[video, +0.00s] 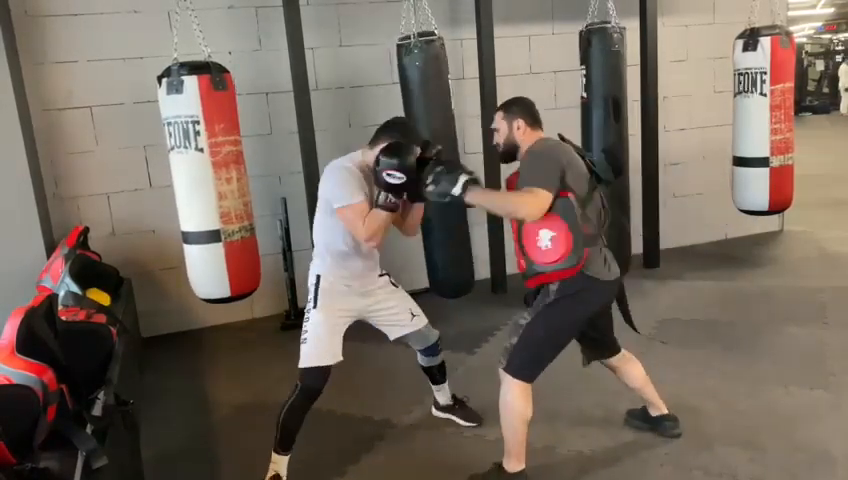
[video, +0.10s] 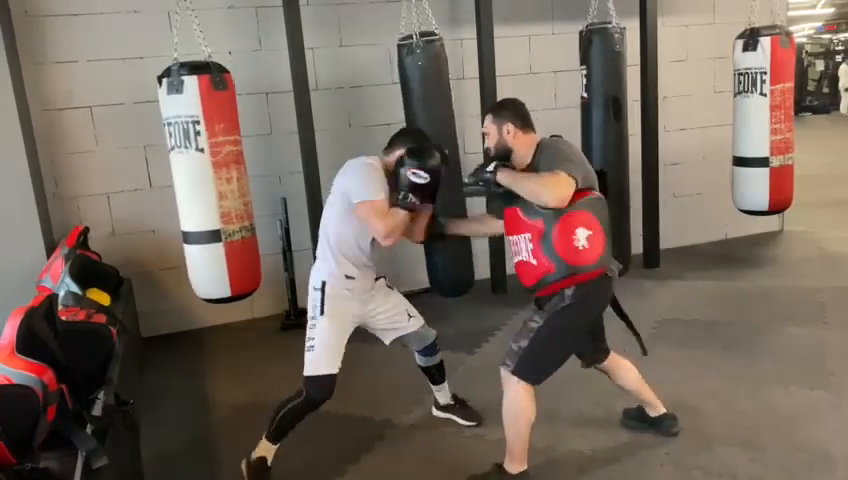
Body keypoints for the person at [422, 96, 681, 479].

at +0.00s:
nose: (493, 136)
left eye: (497, 128)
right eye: (493, 129)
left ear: (519, 125)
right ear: (529, 125)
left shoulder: (542, 153)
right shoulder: (560, 150)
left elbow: (531, 206)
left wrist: (465, 189)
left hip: (577, 284)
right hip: (598, 276)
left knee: (516, 372)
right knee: (610, 352)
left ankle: (513, 466)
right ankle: (660, 413)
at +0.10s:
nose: (487, 145)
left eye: (488, 136)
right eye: (486, 137)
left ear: (510, 130)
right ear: (513, 132)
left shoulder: (556, 150)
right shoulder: (523, 171)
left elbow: (556, 193)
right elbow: (500, 223)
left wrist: (500, 174)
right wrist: (439, 225)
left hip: (581, 283)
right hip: (570, 282)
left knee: (516, 373)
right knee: (598, 355)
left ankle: (514, 467)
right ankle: (657, 412)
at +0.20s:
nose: (491, 147)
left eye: (492, 138)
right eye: (490, 139)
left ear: (513, 134)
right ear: (517, 134)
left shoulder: (562, 157)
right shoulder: (524, 172)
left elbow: (563, 194)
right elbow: (513, 230)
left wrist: (500, 181)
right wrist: (475, 258)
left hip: (570, 292)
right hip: (566, 289)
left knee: (508, 376)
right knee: (594, 354)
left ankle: (512, 469)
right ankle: (656, 410)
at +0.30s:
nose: (505, 136)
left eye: (504, 128)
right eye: (502, 129)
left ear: (523, 123)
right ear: (537, 122)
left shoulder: (557, 152)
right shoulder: (569, 150)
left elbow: (550, 201)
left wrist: (504, 154)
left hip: (567, 286)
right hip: (599, 280)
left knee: (510, 372)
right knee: (614, 352)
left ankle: (513, 467)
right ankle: (660, 410)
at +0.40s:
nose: (520, 130)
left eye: (524, 123)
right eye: (520, 123)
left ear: (546, 121)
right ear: (557, 122)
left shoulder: (554, 151)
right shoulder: (585, 150)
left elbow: (514, 203)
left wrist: (477, 165)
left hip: (579, 282)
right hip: (615, 277)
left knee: (511, 368)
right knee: (620, 348)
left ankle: (515, 466)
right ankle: (664, 411)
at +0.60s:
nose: (526, 123)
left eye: (530, 115)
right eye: (526, 115)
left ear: (554, 115)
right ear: (560, 115)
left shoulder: (579, 152)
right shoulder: (572, 147)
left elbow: (569, 215)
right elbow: (557, 196)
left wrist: (513, 194)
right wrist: (524, 170)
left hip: (579, 282)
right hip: (598, 276)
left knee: (510, 365)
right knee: (614, 348)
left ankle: (499, 465)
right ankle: (662, 411)